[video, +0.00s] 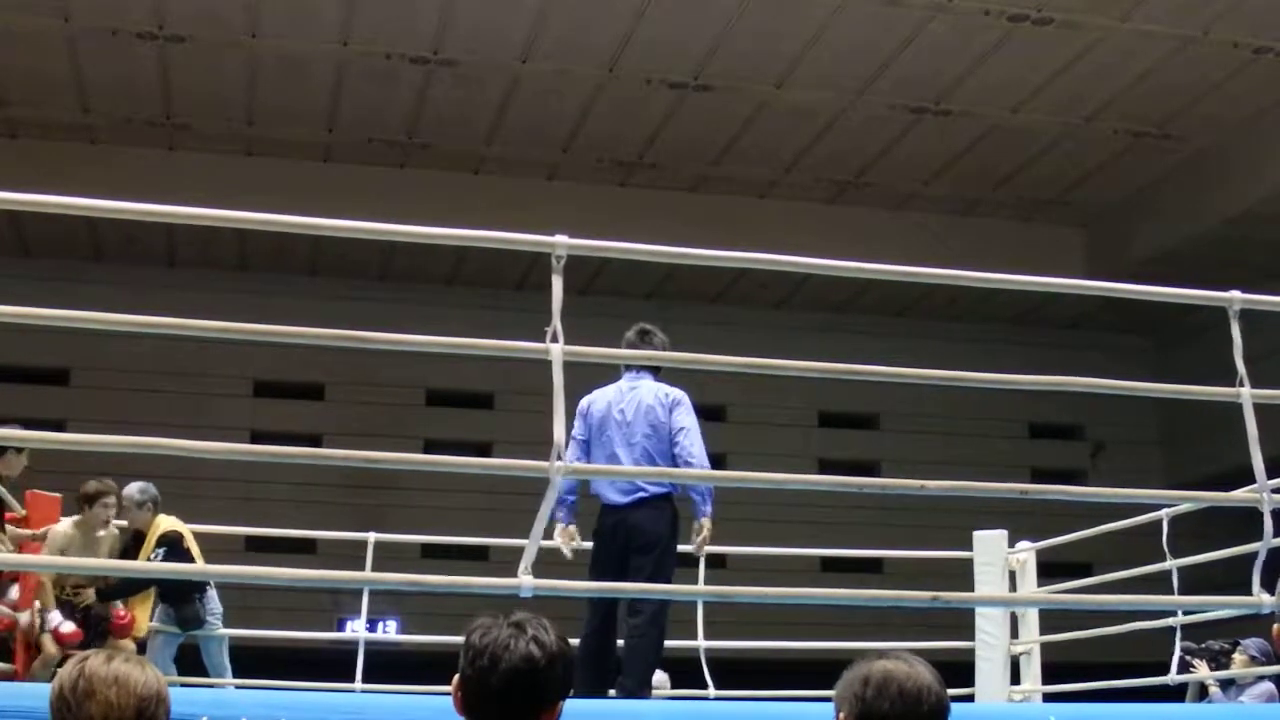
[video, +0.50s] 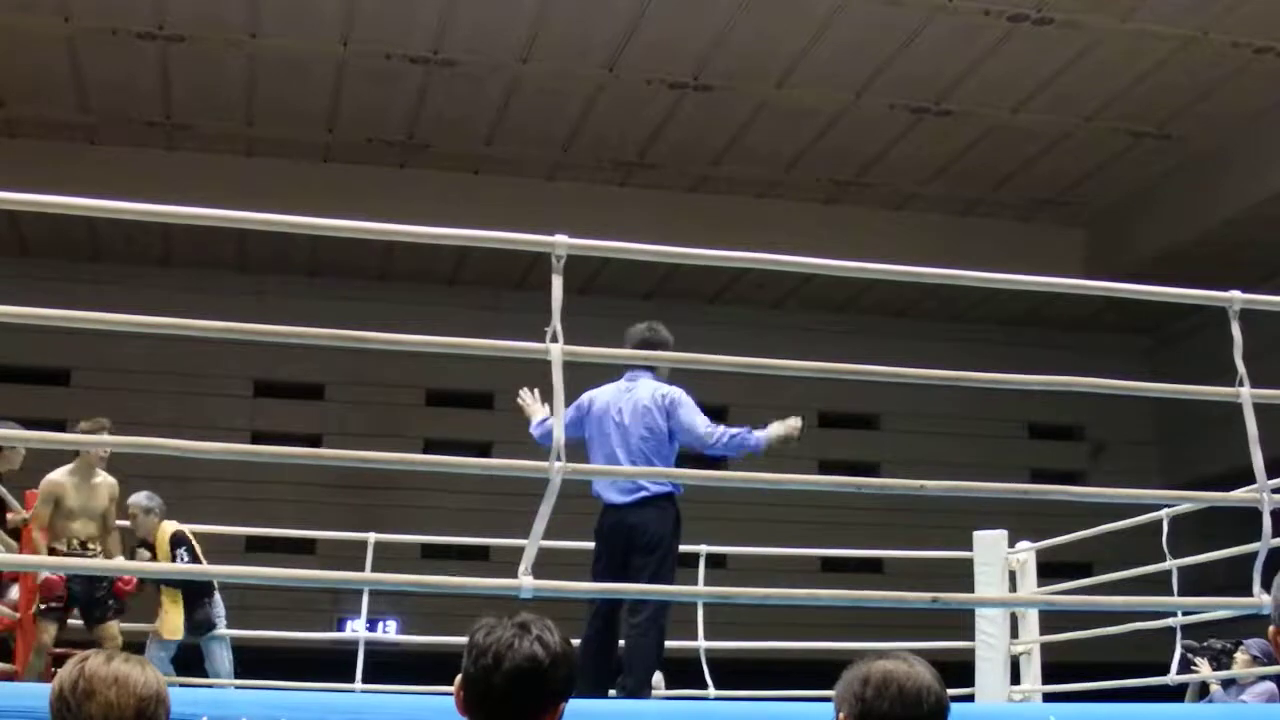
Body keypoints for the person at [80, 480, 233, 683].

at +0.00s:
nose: (123, 514)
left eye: (127, 509)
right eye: (123, 509)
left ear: (148, 509)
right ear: (145, 510)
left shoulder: (170, 534)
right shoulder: (138, 535)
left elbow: (146, 579)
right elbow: (122, 568)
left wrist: (99, 595)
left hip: (201, 600)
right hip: (170, 603)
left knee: (218, 666)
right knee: (157, 658)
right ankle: (174, 711)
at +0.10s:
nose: (127, 510)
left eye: (131, 505)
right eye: (126, 505)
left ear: (151, 505)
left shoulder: (173, 530)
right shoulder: (141, 533)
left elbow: (151, 573)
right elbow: (123, 563)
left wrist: (109, 586)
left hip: (200, 600)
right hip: (169, 603)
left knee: (218, 667)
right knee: (158, 660)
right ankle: (176, 711)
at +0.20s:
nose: (130, 509)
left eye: (133, 503)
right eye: (129, 504)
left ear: (153, 502)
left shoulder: (175, 527)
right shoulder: (142, 533)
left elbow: (158, 572)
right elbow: (125, 565)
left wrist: (111, 580)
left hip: (201, 600)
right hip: (169, 604)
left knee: (219, 668)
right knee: (157, 660)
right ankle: (177, 709)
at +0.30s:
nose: (130, 511)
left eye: (135, 505)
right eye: (129, 506)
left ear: (155, 504)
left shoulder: (175, 529)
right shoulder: (144, 535)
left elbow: (167, 571)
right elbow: (126, 568)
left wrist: (130, 579)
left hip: (203, 601)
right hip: (171, 604)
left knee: (219, 666)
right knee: (156, 658)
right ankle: (179, 708)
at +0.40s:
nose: (131, 516)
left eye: (135, 510)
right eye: (130, 511)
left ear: (154, 509)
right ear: (151, 510)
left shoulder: (176, 531)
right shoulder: (144, 540)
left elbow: (172, 577)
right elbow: (144, 572)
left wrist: (136, 566)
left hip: (201, 601)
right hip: (170, 603)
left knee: (219, 664)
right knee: (156, 657)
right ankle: (175, 707)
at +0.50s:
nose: (131, 523)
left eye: (134, 517)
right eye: (130, 518)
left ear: (154, 516)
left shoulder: (177, 536)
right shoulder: (145, 544)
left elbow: (186, 579)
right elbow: (144, 582)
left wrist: (150, 567)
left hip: (203, 603)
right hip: (172, 605)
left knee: (218, 665)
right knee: (156, 657)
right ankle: (174, 706)